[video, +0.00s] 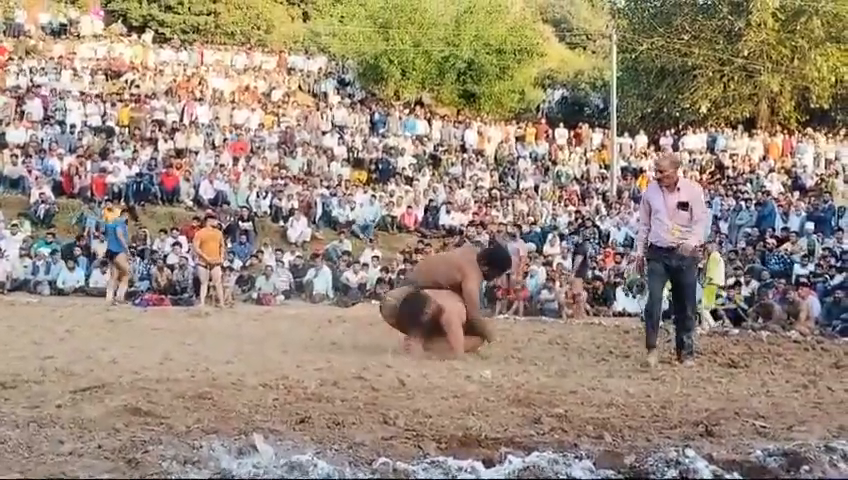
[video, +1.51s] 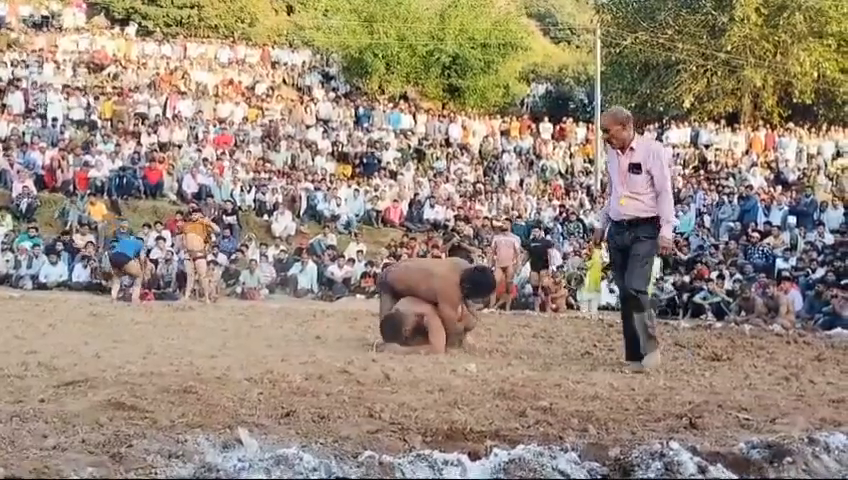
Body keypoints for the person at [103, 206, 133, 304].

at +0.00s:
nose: (127, 219)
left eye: (127, 217)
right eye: (127, 217)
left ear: (119, 214)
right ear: (125, 216)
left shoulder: (109, 223)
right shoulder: (120, 222)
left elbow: (106, 235)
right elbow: (119, 235)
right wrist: (127, 249)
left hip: (110, 250)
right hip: (118, 251)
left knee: (113, 276)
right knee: (126, 273)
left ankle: (109, 297)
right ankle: (120, 297)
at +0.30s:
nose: (139, 219)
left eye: (139, 217)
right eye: (138, 217)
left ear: (126, 214)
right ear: (135, 215)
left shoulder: (119, 224)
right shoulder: (137, 226)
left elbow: (115, 237)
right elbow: (139, 240)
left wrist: (116, 248)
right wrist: (142, 250)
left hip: (120, 251)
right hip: (132, 252)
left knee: (122, 277)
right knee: (136, 278)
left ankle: (110, 295)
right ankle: (136, 301)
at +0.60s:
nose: (149, 221)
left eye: (148, 218)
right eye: (149, 219)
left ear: (139, 216)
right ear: (147, 218)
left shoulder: (128, 222)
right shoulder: (147, 225)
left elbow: (119, 233)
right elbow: (149, 239)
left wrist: (118, 246)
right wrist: (150, 252)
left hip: (124, 248)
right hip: (137, 250)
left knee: (125, 274)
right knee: (138, 276)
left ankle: (123, 296)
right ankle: (135, 298)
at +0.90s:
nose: (148, 222)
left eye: (148, 220)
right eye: (148, 220)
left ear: (139, 216)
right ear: (147, 218)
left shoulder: (127, 221)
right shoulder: (146, 225)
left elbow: (120, 234)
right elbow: (148, 240)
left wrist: (118, 247)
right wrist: (149, 252)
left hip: (124, 247)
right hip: (137, 249)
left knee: (125, 274)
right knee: (135, 275)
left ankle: (124, 296)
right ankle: (133, 298)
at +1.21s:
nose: (142, 227)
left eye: (142, 226)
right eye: (142, 226)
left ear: (135, 221)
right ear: (141, 224)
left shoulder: (123, 224)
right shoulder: (140, 228)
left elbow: (117, 236)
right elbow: (140, 243)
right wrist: (140, 257)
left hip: (116, 246)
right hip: (127, 247)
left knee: (119, 273)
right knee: (136, 271)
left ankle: (118, 298)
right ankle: (135, 297)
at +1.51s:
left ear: (135, 237)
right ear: (142, 241)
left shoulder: (125, 240)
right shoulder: (140, 244)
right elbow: (141, 259)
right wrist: (143, 271)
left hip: (113, 254)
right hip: (126, 256)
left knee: (116, 277)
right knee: (139, 275)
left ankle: (113, 298)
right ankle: (135, 299)